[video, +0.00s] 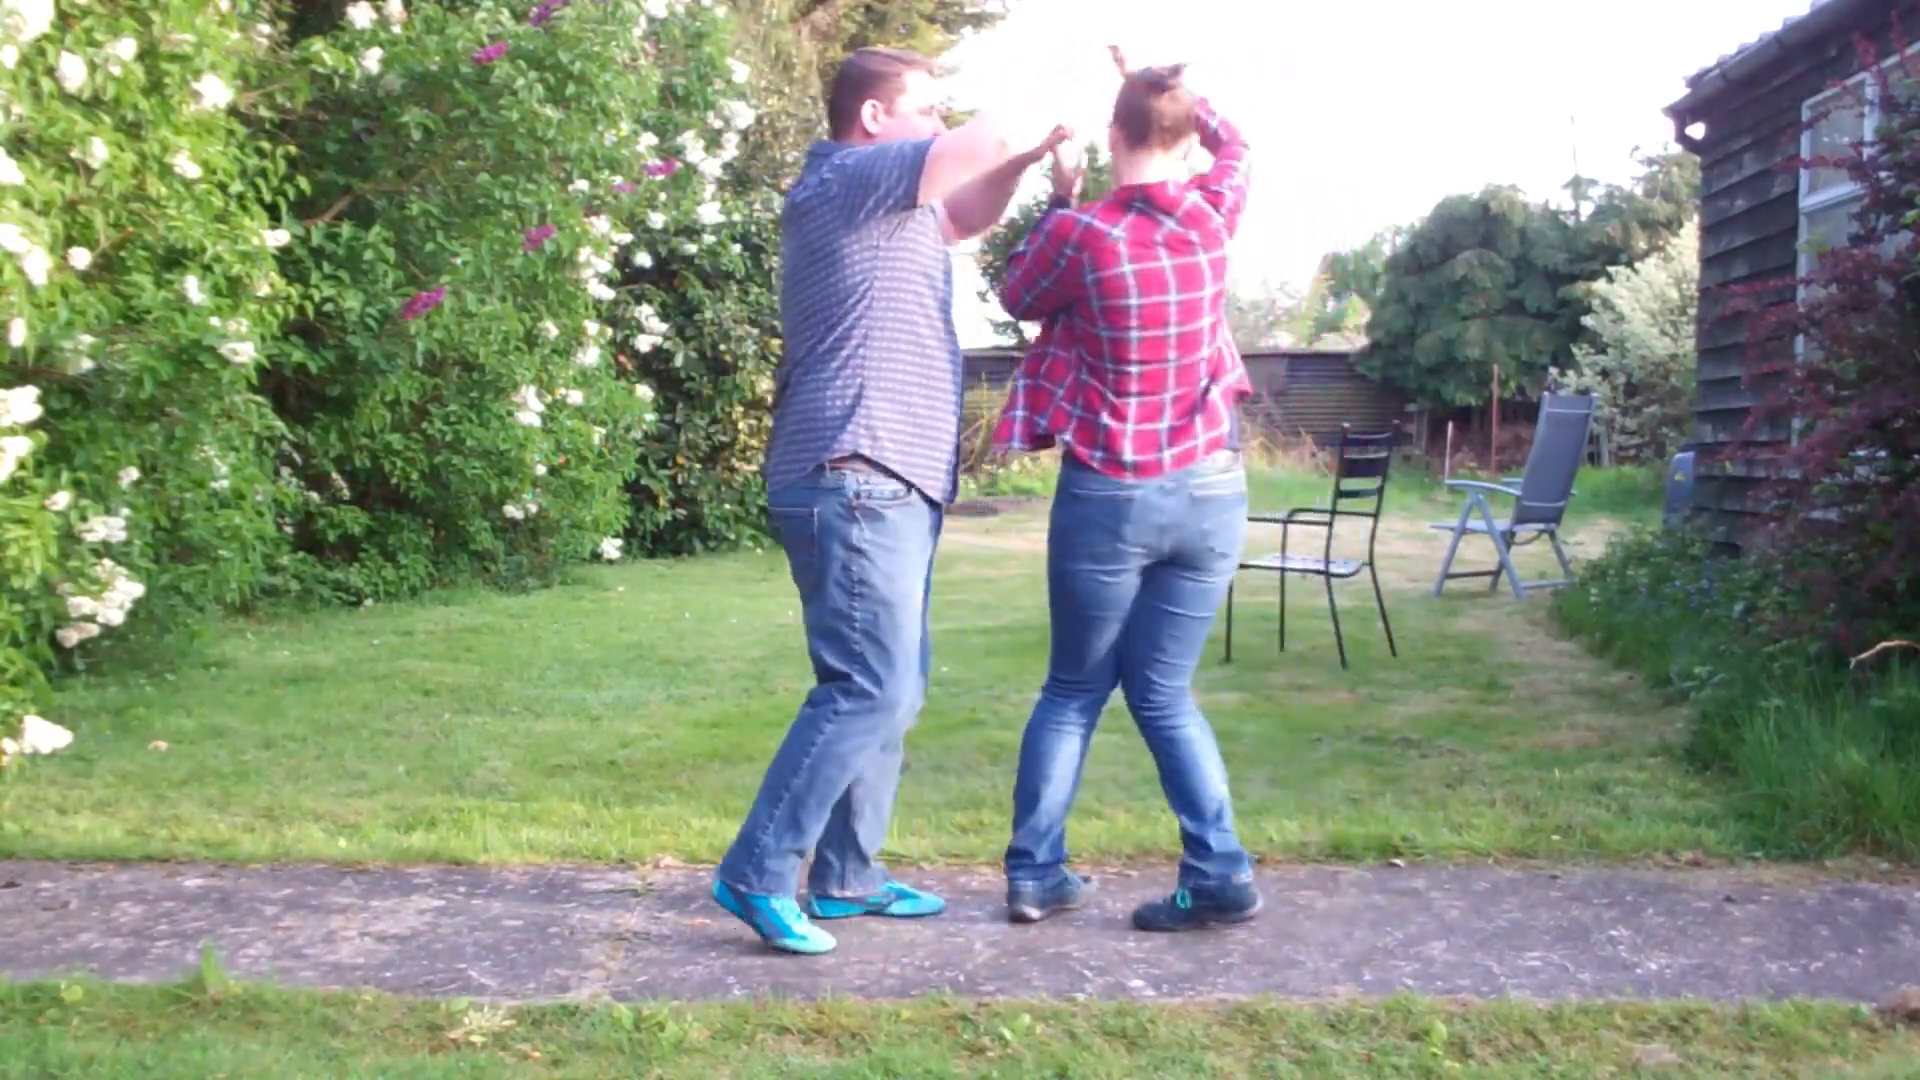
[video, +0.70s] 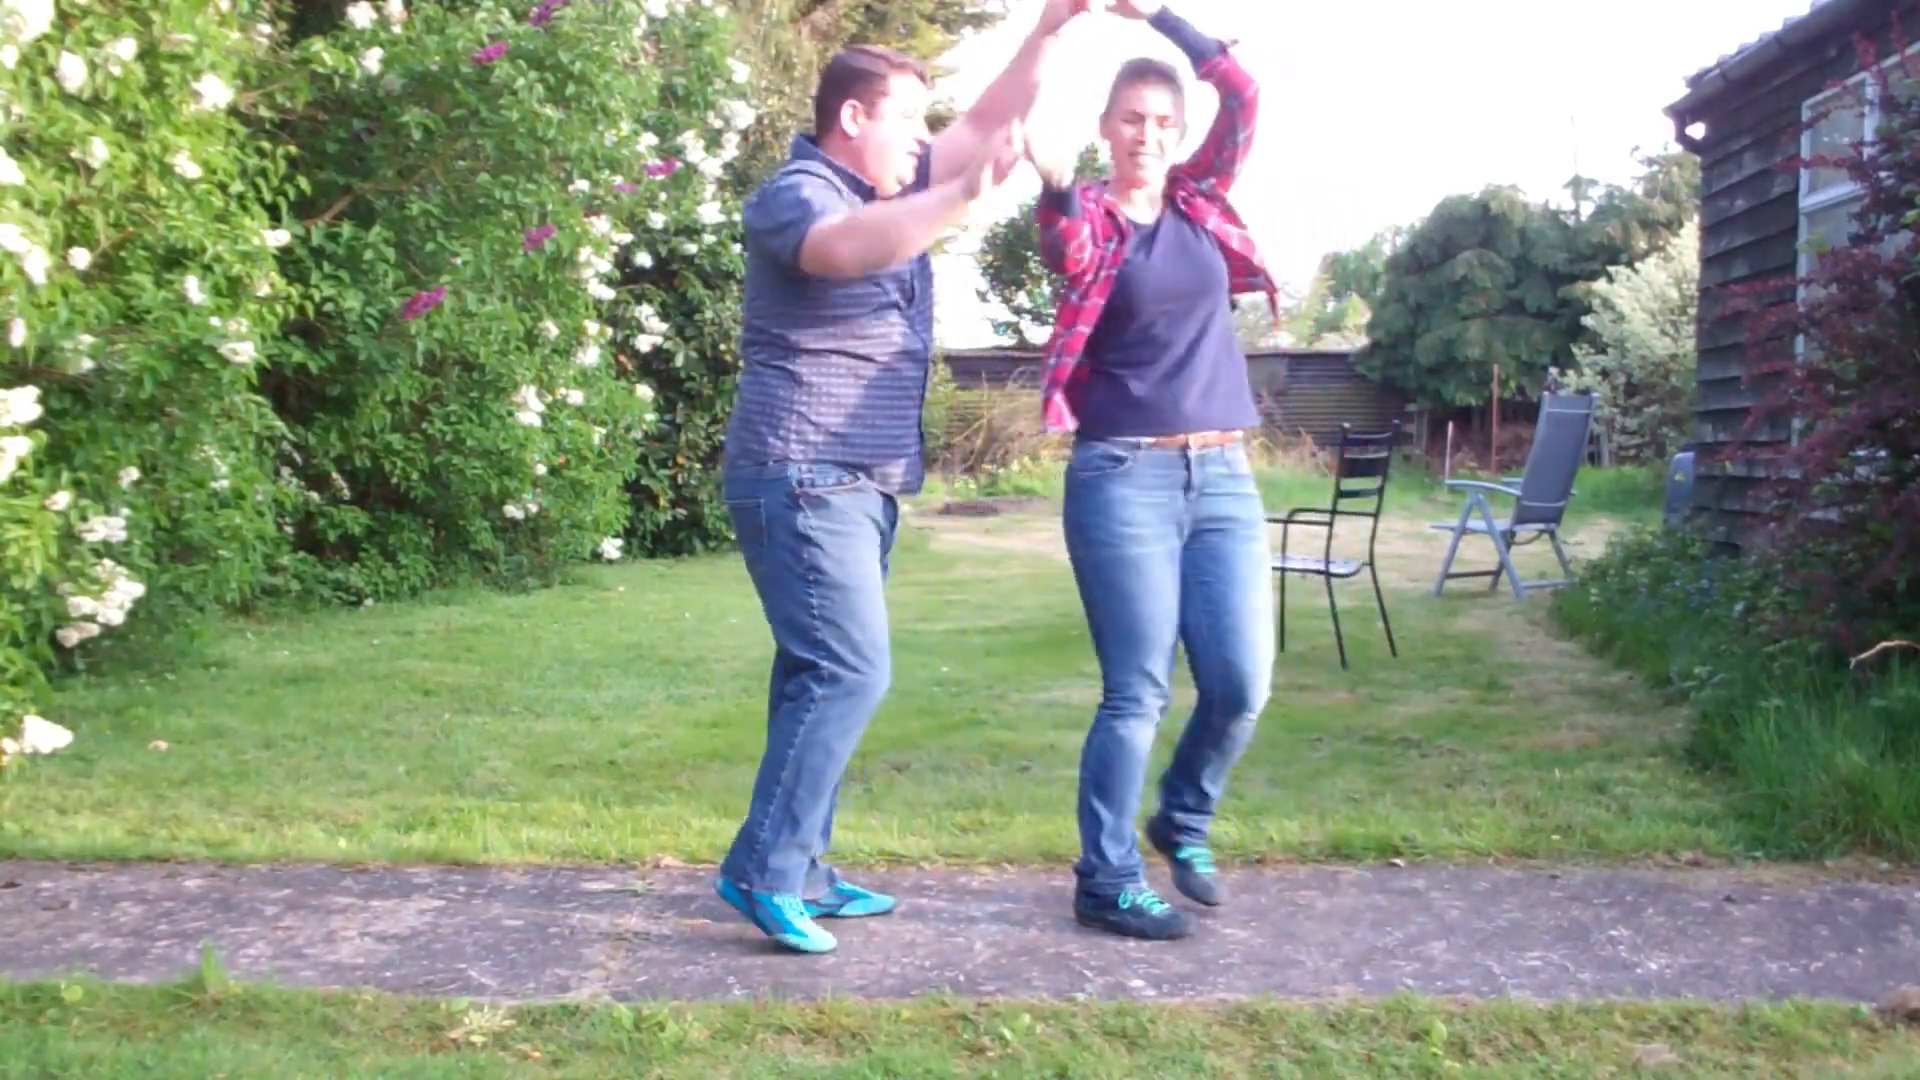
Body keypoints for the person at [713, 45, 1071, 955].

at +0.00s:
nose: (939, 124)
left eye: (937, 110)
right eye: (925, 110)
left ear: (871, 115)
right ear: (874, 114)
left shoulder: (887, 195)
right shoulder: (840, 179)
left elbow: (961, 215)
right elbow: (971, 146)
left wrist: (1027, 159)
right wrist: (1028, 126)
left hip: (895, 480)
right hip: (854, 476)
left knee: (892, 688)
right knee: (871, 689)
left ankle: (845, 873)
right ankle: (757, 871)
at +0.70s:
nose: (919, 130)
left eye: (921, 115)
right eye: (907, 114)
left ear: (874, 122)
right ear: (852, 117)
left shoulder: (892, 186)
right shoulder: (793, 192)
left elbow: (982, 129)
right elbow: (843, 250)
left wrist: (1046, 33)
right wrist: (965, 192)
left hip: (863, 481)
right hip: (800, 478)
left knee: (819, 675)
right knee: (852, 668)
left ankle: (797, 863)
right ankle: (762, 870)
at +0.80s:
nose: (923, 134)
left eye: (924, 119)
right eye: (911, 118)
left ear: (873, 124)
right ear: (855, 121)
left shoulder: (891, 189)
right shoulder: (800, 206)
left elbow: (985, 144)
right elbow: (830, 321)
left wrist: (1031, 64)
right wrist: (953, 326)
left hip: (858, 474)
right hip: (801, 471)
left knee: (806, 668)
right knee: (877, 659)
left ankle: (787, 857)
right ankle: (790, 864)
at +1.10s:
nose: (946, 142)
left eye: (944, 124)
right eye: (934, 123)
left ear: (885, 125)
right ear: (881, 123)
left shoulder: (899, 201)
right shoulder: (848, 207)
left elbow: (1004, 238)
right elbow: (921, 352)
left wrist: (1047, 205)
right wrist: (974, 345)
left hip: (854, 475)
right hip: (824, 474)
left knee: (809, 682)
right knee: (880, 676)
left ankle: (787, 877)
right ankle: (923, 881)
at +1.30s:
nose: (972, 144)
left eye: (972, 128)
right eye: (961, 126)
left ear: (908, 124)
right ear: (910, 121)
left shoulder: (911, 205)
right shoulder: (879, 191)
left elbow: (996, 292)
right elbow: (1013, 250)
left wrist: (1069, 300)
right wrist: (1024, 191)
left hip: (877, 478)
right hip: (872, 478)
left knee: (844, 686)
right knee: (918, 682)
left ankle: (794, 873)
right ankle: (943, 887)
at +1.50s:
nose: (1014, 125)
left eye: (1012, 110)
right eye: (999, 108)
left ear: (956, 120)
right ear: (948, 117)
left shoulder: (978, 220)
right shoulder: (911, 183)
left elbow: (1003, 350)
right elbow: (1044, 162)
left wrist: (1092, 365)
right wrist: (1111, 120)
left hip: (971, 478)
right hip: (921, 471)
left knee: (979, 673)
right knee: (958, 680)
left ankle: (847, 822)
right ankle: (951, 889)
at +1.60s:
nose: (1039, 118)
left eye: (1035, 102)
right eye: (1022, 103)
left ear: (976, 119)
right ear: (969, 118)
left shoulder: (1003, 227)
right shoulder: (926, 187)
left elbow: (1012, 361)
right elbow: (1056, 137)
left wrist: (1097, 389)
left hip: (1003, 489)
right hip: (945, 477)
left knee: (1045, 662)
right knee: (977, 688)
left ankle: (916, 810)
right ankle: (952, 889)